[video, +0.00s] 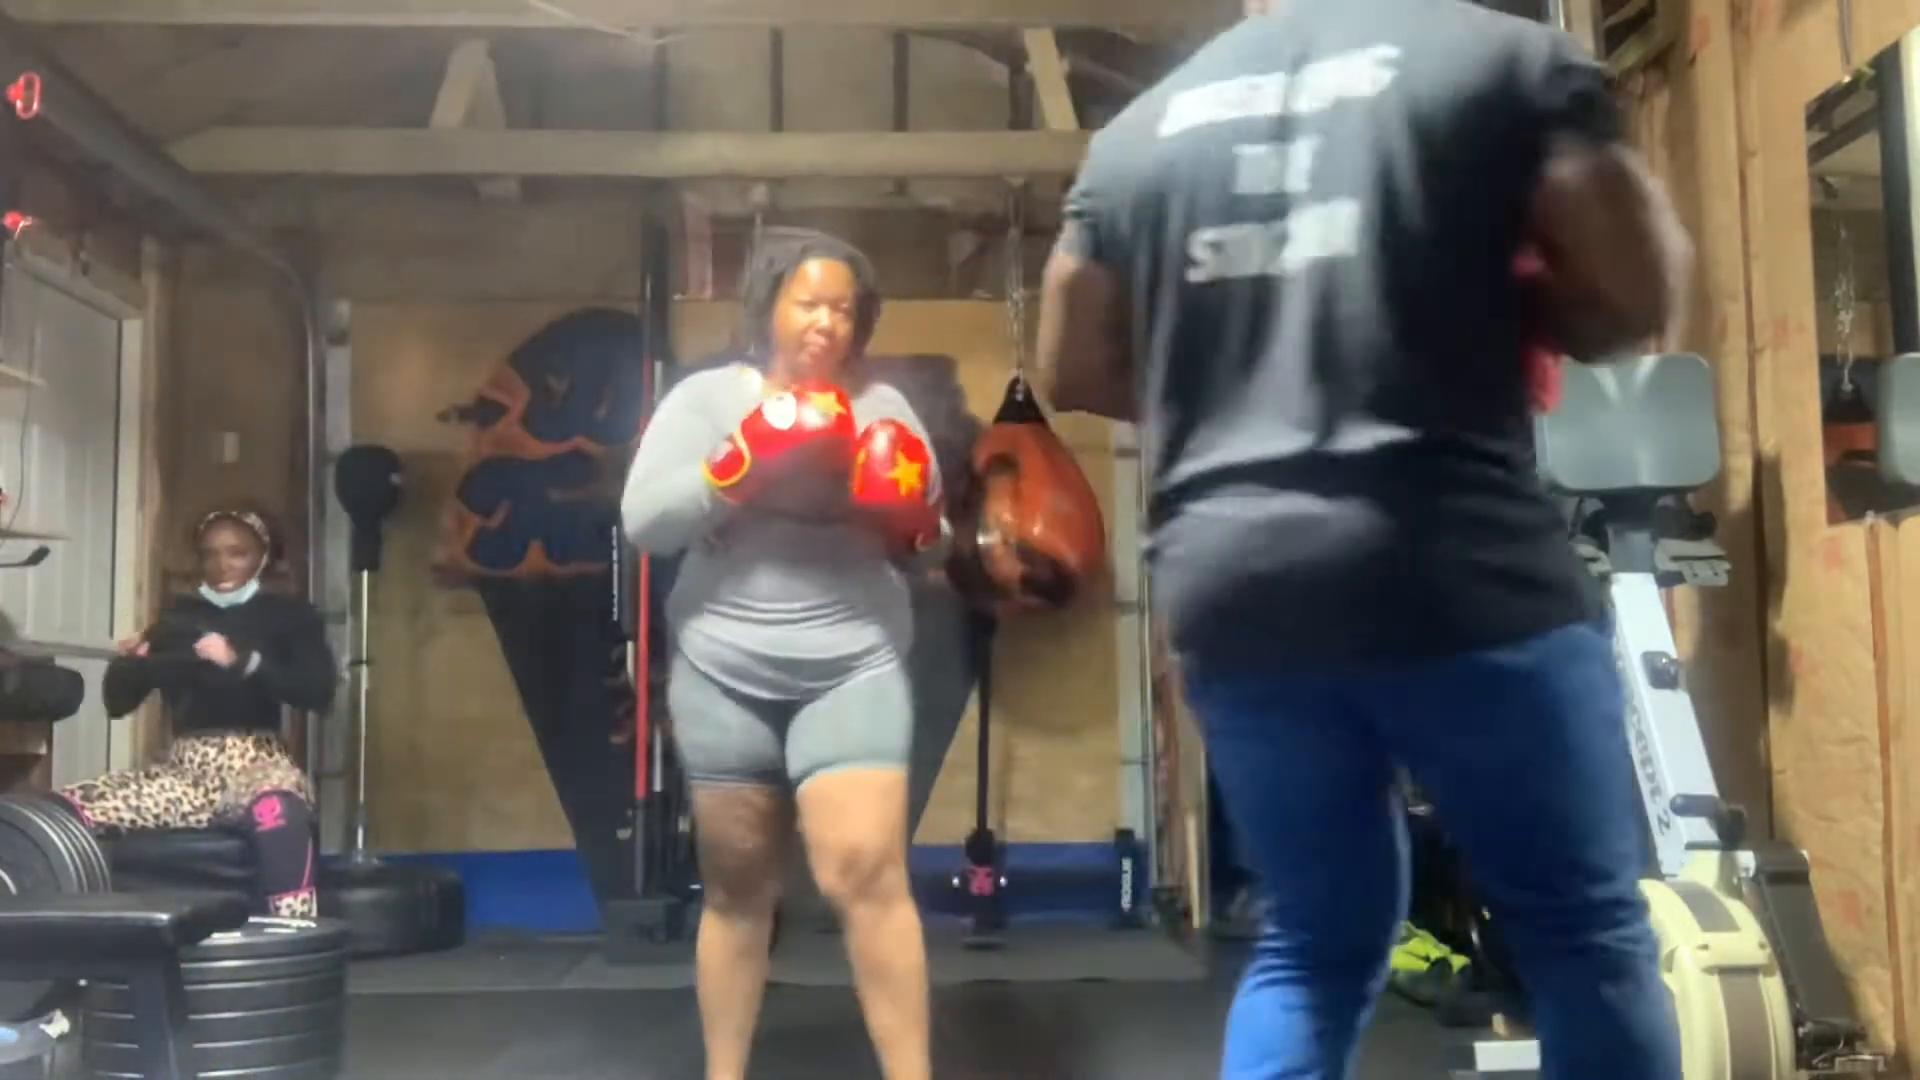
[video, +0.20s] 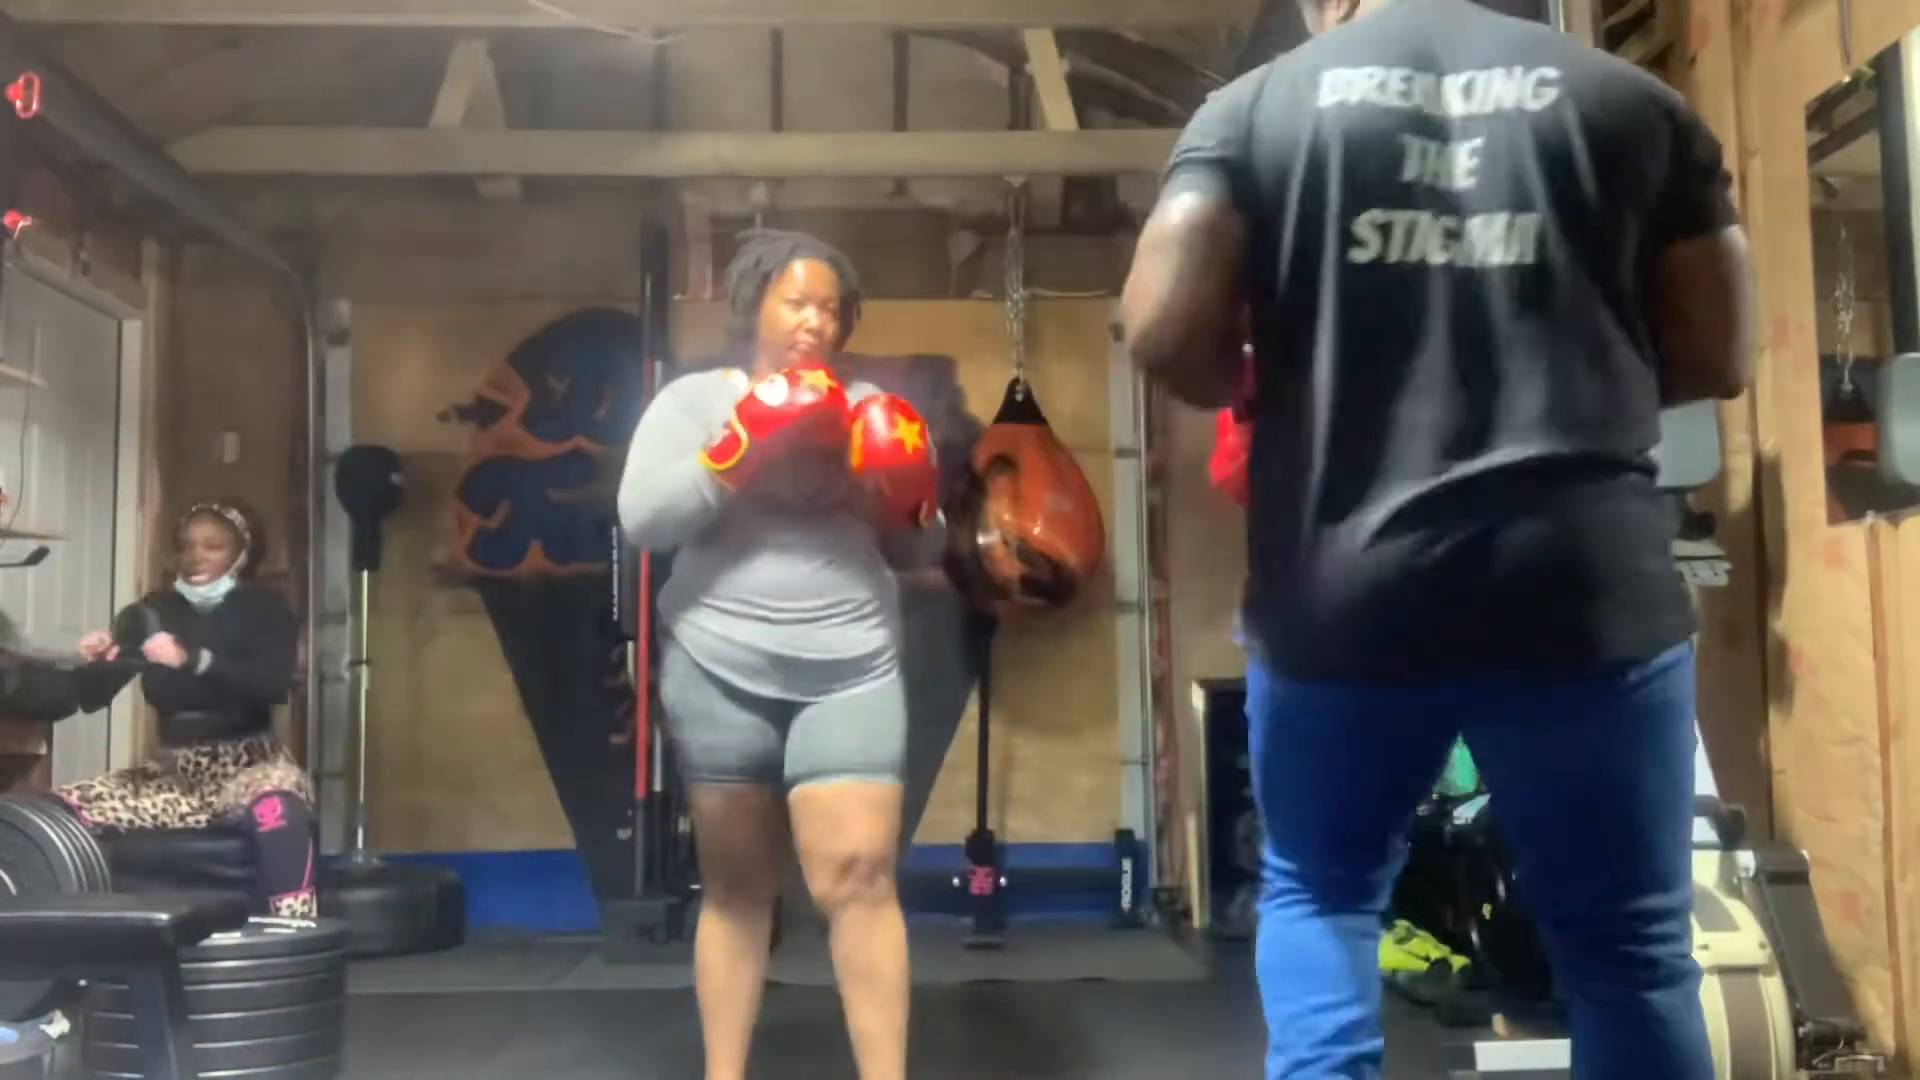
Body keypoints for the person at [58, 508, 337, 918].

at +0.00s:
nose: (223, 564)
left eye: (237, 553)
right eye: (212, 554)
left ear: (262, 560)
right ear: (200, 560)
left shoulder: (288, 615)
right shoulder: (178, 619)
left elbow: (318, 692)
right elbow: (118, 703)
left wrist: (244, 660)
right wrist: (129, 662)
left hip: (257, 769)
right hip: (181, 770)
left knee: (280, 814)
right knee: (62, 810)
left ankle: (292, 943)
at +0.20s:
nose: (196, 556)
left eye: (212, 546)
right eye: (188, 545)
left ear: (239, 556)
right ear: (178, 551)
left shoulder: (265, 608)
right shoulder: (151, 612)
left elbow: (271, 684)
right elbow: (93, 697)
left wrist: (192, 659)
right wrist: (93, 665)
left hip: (248, 772)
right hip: (168, 774)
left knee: (281, 813)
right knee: (61, 811)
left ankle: (294, 946)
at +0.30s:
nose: (184, 556)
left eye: (200, 547)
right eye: (176, 546)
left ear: (228, 558)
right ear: (166, 552)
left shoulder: (256, 611)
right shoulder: (147, 613)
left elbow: (255, 699)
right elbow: (92, 711)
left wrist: (170, 685)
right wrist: (89, 683)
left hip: (246, 771)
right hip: (168, 775)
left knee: (279, 814)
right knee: (57, 813)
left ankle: (296, 945)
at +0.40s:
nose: (174, 558)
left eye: (189, 550)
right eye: (168, 549)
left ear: (219, 563)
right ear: (158, 555)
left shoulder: (250, 622)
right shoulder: (138, 619)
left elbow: (247, 720)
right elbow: (107, 705)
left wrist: (165, 726)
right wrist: (86, 715)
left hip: (243, 773)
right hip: (165, 775)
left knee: (279, 812)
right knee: (61, 813)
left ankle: (295, 944)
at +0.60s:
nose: (160, 560)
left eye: (180, 551)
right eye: (158, 550)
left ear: (210, 572)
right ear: (147, 559)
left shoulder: (242, 625)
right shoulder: (128, 627)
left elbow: (242, 728)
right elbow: (100, 714)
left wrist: (163, 761)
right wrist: (76, 739)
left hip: (240, 779)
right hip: (161, 781)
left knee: (280, 811)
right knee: (60, 815)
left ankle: (294, 947)